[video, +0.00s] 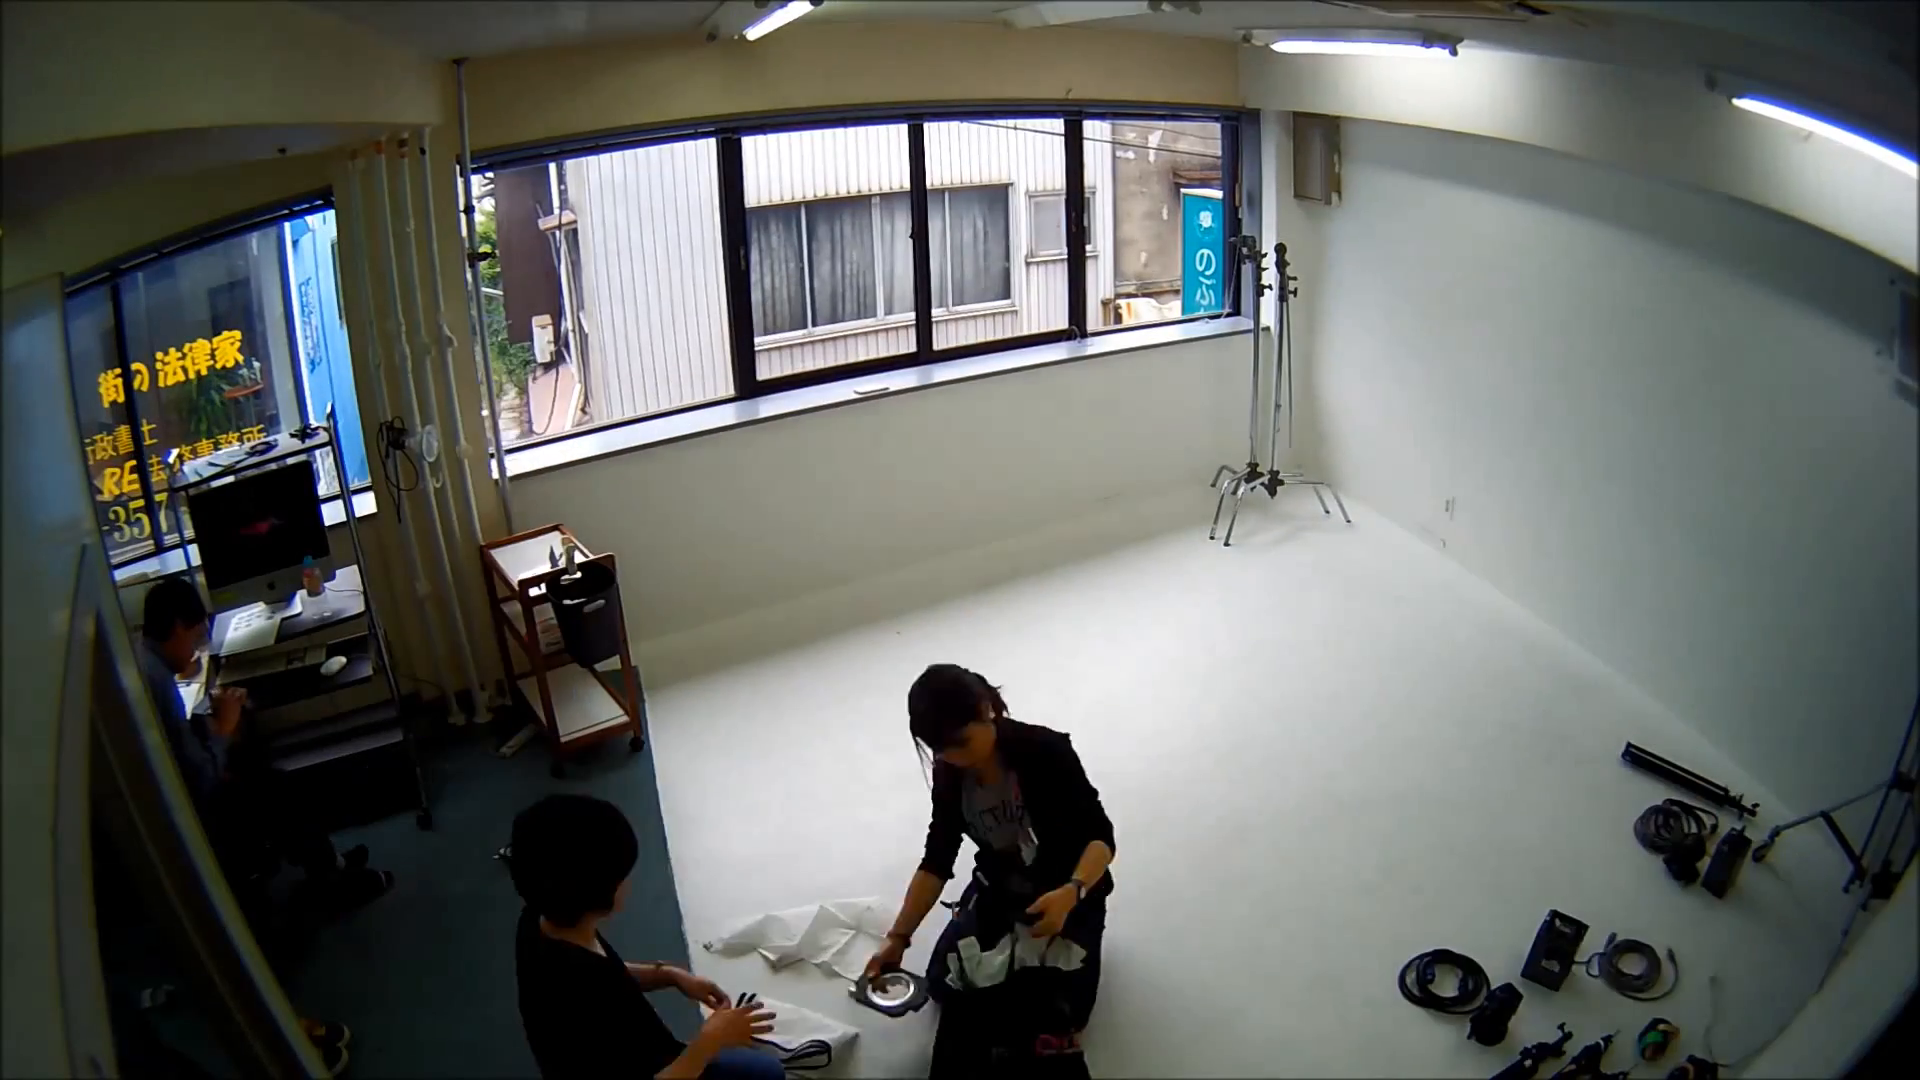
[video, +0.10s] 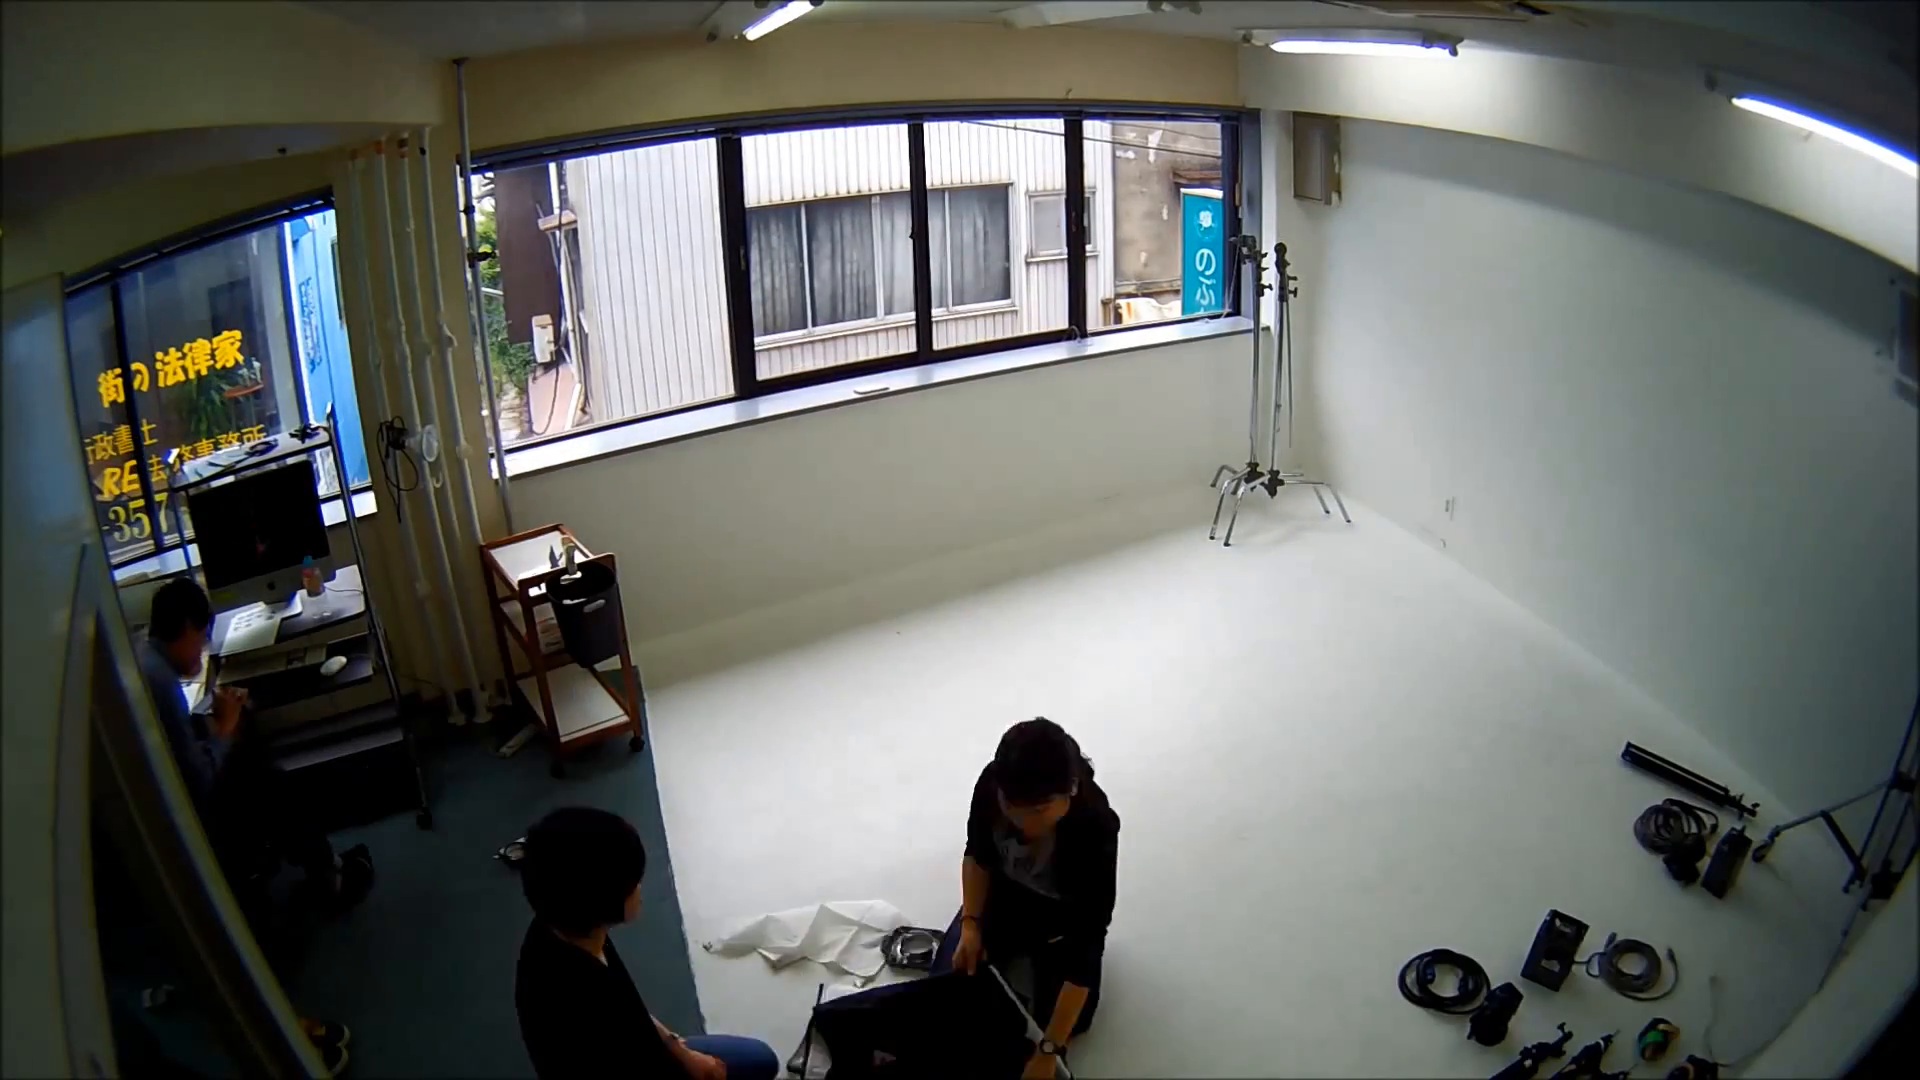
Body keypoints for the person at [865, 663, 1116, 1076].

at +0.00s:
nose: (952, 758)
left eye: (959, 743)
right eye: (940, 749)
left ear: (988, 711)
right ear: (930, 745)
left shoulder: (1048, 752)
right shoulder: (949, 771)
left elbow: (1101, 838)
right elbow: (937, 861)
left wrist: (1072, 892)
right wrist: (897, 939)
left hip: (1064, 893)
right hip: (997, 891)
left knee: (1051, 1011)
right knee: (948, 985)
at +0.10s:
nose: (1027, 824)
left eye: (1042, 810)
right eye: (1017, 811)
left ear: (1071, 791)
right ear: (1001, 789)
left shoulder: (1096, 824)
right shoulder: (993, 785)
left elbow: (1088, 943)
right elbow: (976, 856)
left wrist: (1050, 1049)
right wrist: (970, 925)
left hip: (1062, 915)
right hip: (1003, 898)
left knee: (1069, 1023)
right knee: (953, 976)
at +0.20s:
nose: (1019, 760)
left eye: (1030, 745)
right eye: (1008, 747)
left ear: (1063, 725)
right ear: (999, 740)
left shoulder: (1116, 774)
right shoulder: (1005, 779)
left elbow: (1123, 857)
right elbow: (1000, 848)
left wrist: (1071, 835)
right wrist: (1007, 895)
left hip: (1095, 912)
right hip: (1028, 907)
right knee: (954, 978)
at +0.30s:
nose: (1098, 772)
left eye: (1113, 758)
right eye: (1083, 758)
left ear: (1139, 734)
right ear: (1063, 738)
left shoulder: (1168, 776)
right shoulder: (1043, 767)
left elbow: (1161, 890)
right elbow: (1028, 860)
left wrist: (1105, 959)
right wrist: (1035, 939)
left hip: (1136, 915)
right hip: (1060, 909)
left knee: (1124, 1022)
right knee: (992, 993)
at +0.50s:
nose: (1019, 842)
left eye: (1015, 827)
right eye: (1011, 830)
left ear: (1045, 813)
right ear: (1073, 772)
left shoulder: (1119, 869)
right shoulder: (1162, 780)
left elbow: (1073, 992)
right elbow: (1094, 890)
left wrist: (1012, 1020)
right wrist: (1022, 952)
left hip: (1328, 974)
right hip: (1364, 901)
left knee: (1199, 1060)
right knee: (1115, 907)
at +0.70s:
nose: (982, 799)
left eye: (985, 790)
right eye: (976, 794)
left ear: (1006, 769)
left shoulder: (1071, 769)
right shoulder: (995, 744)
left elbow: (1116, 846)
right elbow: (991, 805)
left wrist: (1054, 902)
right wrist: (1004, 875)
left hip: (1098, 848)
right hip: (1040, 836)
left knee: (1038, 967)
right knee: (992, 941)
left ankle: (1103, 894)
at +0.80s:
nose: (971, 910)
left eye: (978, 899)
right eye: (958, 904)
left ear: (1005, 872)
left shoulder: (1060, 859)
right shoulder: (923, 823)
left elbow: (1118, 955)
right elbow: (874, 888)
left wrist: (1031, 1007)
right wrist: (906, 987)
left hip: (1041, 966)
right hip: (954, 953)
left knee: (1018, 1070)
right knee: (933, 1045)